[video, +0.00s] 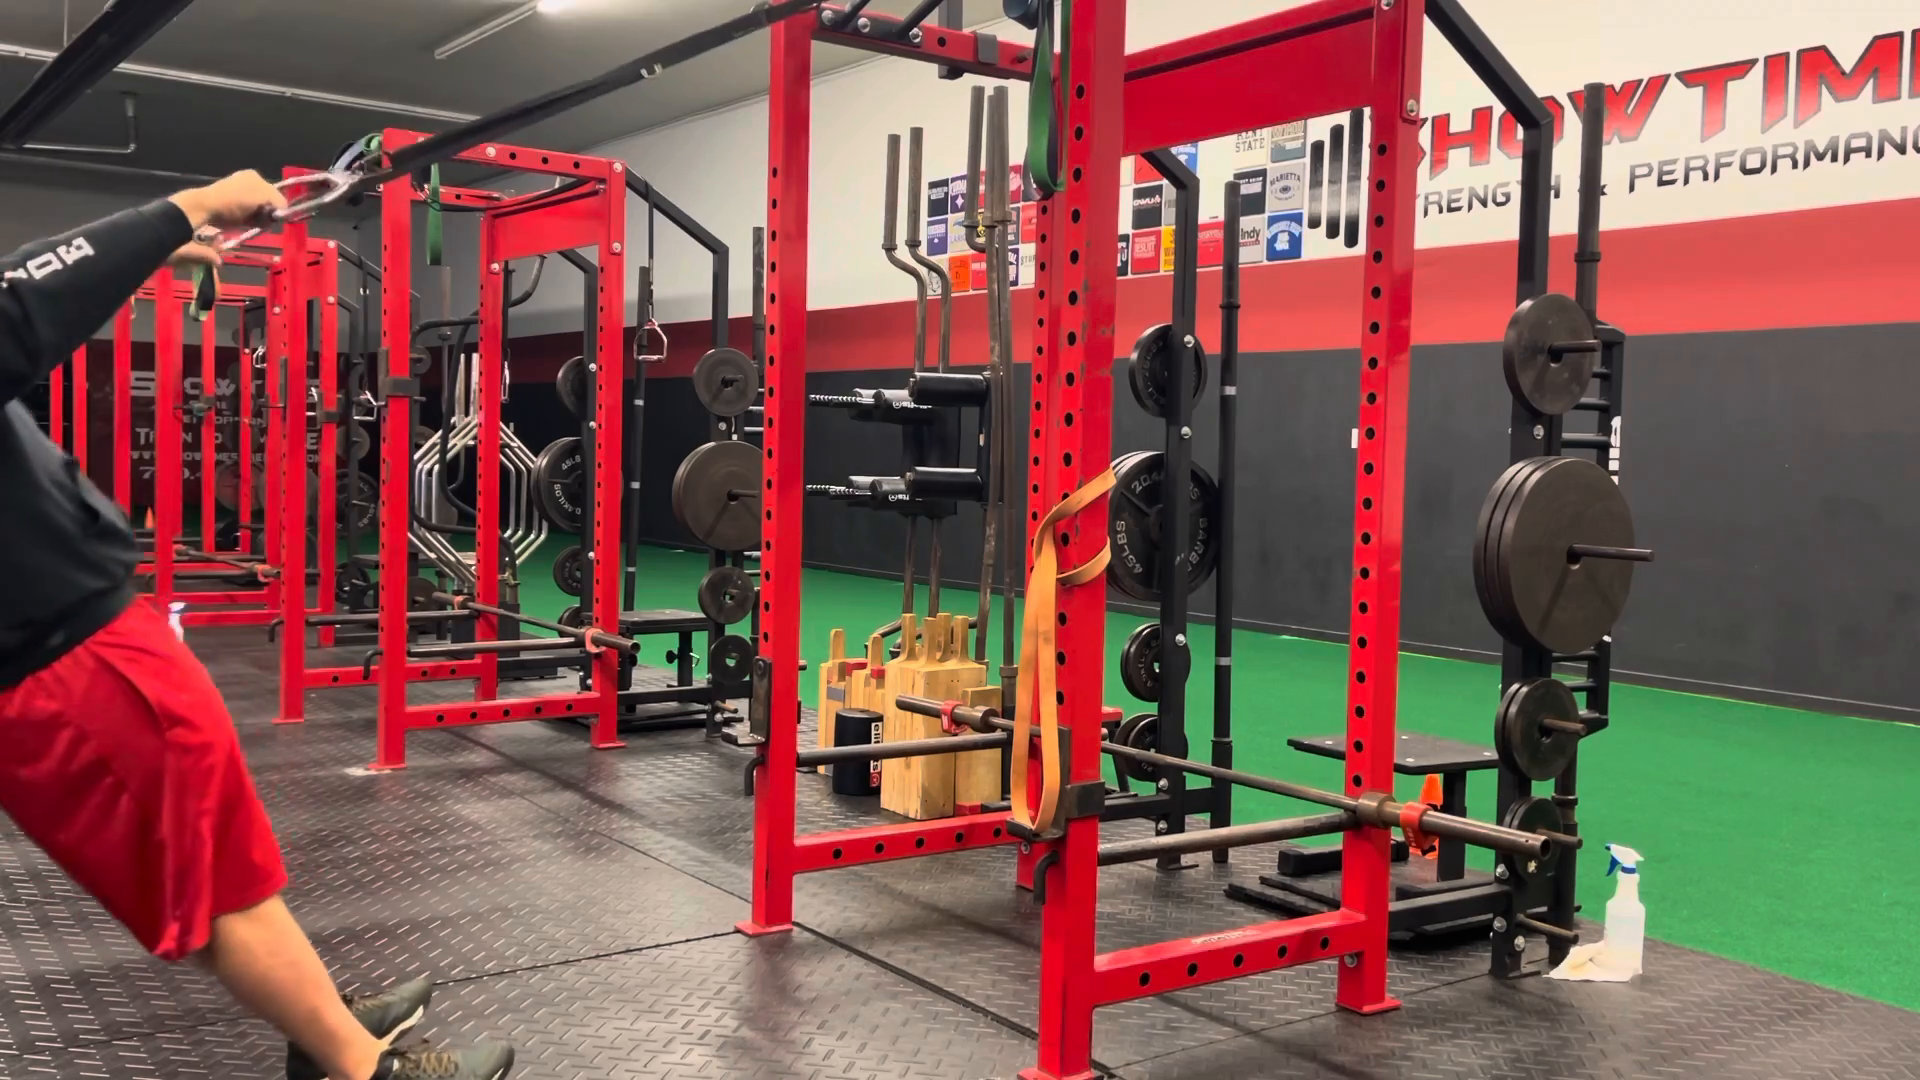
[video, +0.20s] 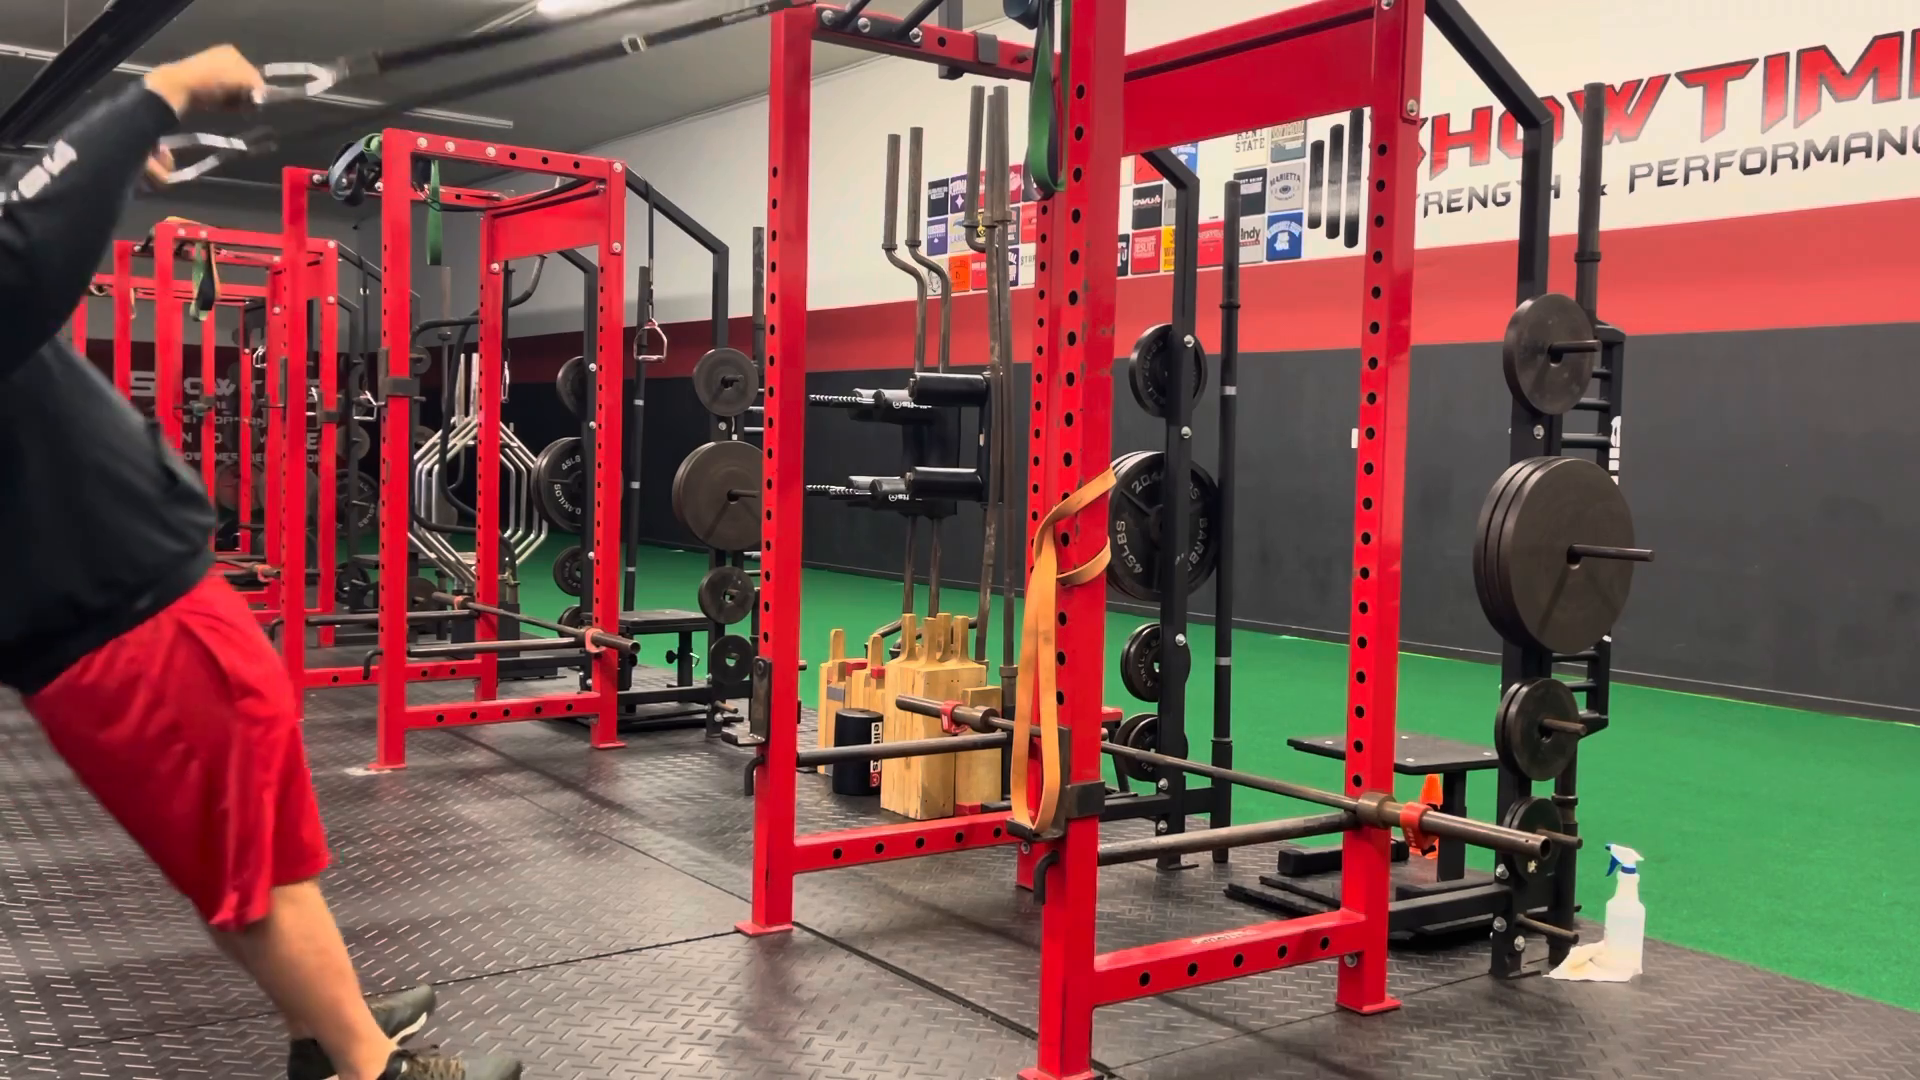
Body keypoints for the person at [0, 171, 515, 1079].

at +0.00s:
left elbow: (25, 307)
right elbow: (23, 314)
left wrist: (184, 215)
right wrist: (186, 210)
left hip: (53, 629)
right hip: (55, 632)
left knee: (204, 839)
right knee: (219, 869)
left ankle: (326, 1026)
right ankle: (361, 1065)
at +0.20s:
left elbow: (28, 269)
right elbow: (27, 272)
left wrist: (115, 184)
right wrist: (157, 92)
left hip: (109, 615)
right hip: (126, 619)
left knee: (245, 850)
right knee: (263, 867)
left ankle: (337, 1035)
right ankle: (371, 1064)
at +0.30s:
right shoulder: (13, 282)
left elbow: (36, 149)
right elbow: (42, 168)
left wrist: (135, 27)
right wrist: (143, 22)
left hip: (129, 619)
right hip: (173, 608)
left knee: (250, 860)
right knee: (286, 867)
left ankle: (329, 1034)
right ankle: (372, 1058)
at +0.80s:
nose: (171, 119)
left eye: (160, 101)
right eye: (155, 104)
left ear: (72, 147)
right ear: (126, 126)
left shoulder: (78, 271)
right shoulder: (168, 233)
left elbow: (60, 188)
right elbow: (185, 69)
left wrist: (77, 57)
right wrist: (142, 0)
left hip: (235, 607)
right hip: (325, 599)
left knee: (290, 845)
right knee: (358, 861)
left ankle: (329, 1026)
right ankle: (390, 1061)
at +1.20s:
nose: (337, 114)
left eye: (331, 103)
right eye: (322, 103)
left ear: (251, 148)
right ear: (284, 129)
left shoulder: (204, 239)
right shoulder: (307, 228)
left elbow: (149, 145)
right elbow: (254, 54)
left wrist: (98, 26)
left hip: (287, 584)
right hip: (377, 588)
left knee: (311, 834)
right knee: (379, 854)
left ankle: (336, 1028)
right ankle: (394, 1058)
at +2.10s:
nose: (180, 125)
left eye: (172, 108)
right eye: (161, 109)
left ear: (76, 147)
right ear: (134, 128)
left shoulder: (103, 259)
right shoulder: (161, 235)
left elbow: (72, 141)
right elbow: (172, 90)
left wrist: (86, 30)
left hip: (242, 596)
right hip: (306, 592)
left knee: (301, 838)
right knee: (349, 856)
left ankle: (331, 1026)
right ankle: (391, 1061)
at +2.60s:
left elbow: (19, 175)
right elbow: (37, 156)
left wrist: (93, 142)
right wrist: (153, 36)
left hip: (95, 607)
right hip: (133, 607)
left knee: (239, 846)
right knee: (266, 864)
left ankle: (335, 1027)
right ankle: (371, 1063)